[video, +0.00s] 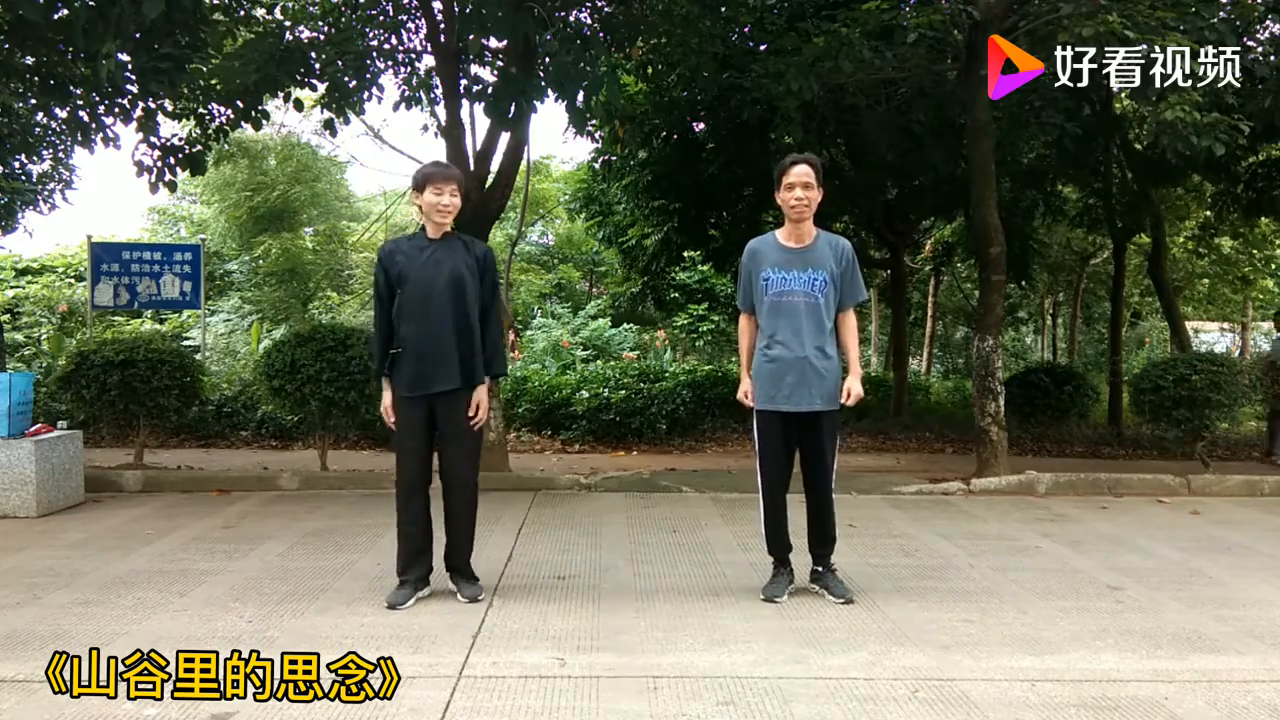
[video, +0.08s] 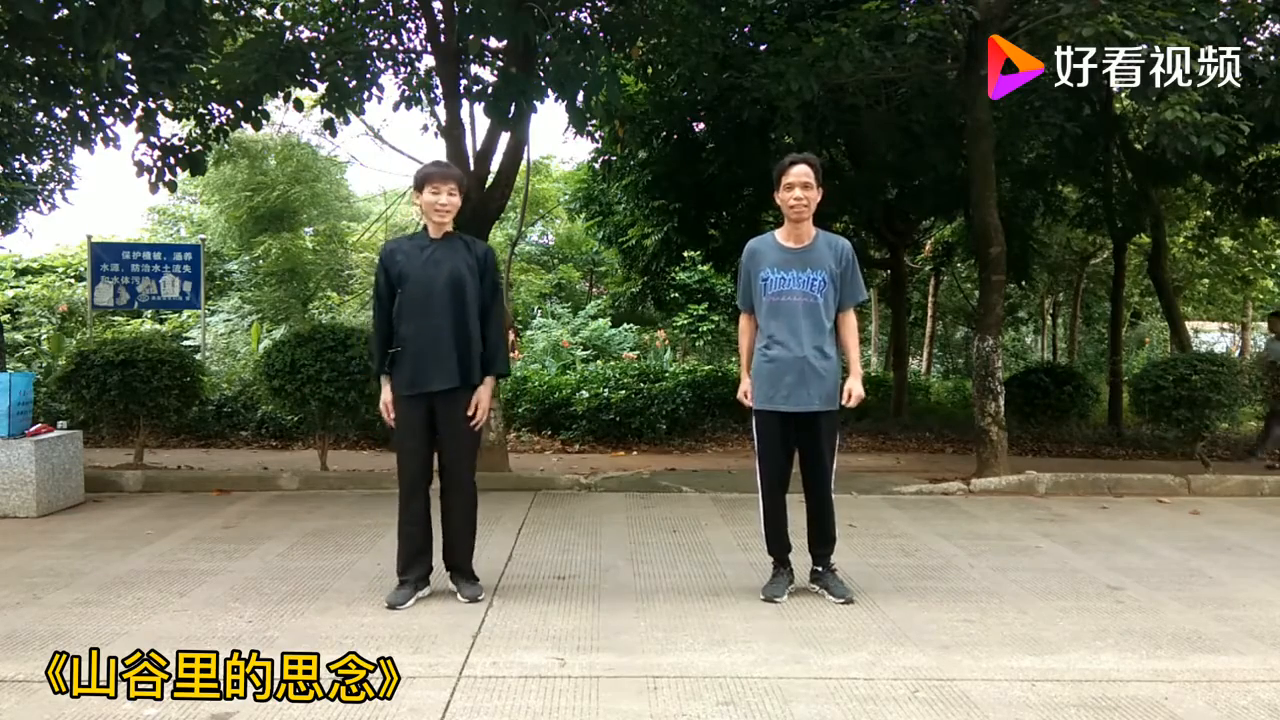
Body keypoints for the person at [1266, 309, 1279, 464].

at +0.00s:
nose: (1275, 326)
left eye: (1276, 322)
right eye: (1274, 322)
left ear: (1278, 324)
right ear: (1274, 324)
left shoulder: (1275, 345)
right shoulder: (1275, 344)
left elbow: (1272, 364)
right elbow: (1271, 364)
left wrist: (1268, 386)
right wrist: (1267, 386)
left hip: (1275, 391)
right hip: (1273, 391)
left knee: (1274, 419)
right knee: (1273, 419)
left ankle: (1274, 451)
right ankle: (1271, 450)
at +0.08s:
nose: (1270, 326)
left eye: (1272, 323)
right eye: (1269, 323)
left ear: (1278, 324)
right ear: (1270, 325)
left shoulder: (1273, 344)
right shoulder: (1270, 343)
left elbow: (1268, 364)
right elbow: (1264, 363)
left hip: (1274, 390)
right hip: (1272, 389)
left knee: (1272, 418)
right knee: (1271, 418)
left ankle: (1263, 448)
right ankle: (1262, 447)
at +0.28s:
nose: (1251, 326)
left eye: (1255, 322)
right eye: (1251, 322)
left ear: (1265, 323)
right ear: (1252, 324)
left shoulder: (1274, 344)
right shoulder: (1250, 342)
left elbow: (1274, 367)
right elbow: (1241, 360)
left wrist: (1272, 386)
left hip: (1265, 386)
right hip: (1249, 385)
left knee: (1255, 420)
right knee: (1250, 418)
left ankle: (1247, 451)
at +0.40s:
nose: (1240, 325)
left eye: (1243, 321)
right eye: (1239, 321)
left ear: (1252, 322)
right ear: (1241, 322)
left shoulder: (1260, 341)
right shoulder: (1239, 340)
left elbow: (1263, 364)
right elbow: (1238, 360)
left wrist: (1261, 382)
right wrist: (1237, 377)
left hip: (1255, 382)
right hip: (1241, 381)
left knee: (1250, 416)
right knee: (1240, 415)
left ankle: (1247, 450)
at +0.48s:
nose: (1232, 325)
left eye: (1235, 321)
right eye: (1232, 321)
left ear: (1245, 322)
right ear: (1235, 322)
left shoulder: (1253, 341)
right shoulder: (1233, 340)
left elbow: (1256, 364)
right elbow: (1231, 360)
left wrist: (1254, 381)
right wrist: (1230, 378)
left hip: (1250, 383)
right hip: (1235, 382)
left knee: (1249, 416)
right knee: (1233, 416)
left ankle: (1250, 450)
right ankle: (1237, 448)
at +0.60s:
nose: (1250, 321)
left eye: (1253, 317)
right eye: (1248, 318)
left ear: (1262, 318)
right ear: (1247, 321)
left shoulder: (1273, 340)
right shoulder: (1245, 342)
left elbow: (1275, 365)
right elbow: (1235, 360)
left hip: (1266, 391)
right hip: (1247, 390)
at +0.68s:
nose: (1243, 321)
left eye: (1247, 317)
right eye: (1241, 318)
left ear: (1257, 319)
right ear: (1240, 320)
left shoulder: (1266, 339)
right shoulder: (1239, 340)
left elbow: (1275, 361)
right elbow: (1228, 358)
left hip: (1256, 386)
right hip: (1239, 385)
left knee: (1242, 422)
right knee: (1255, 422)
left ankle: (1229, 458)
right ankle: (1275, 452)